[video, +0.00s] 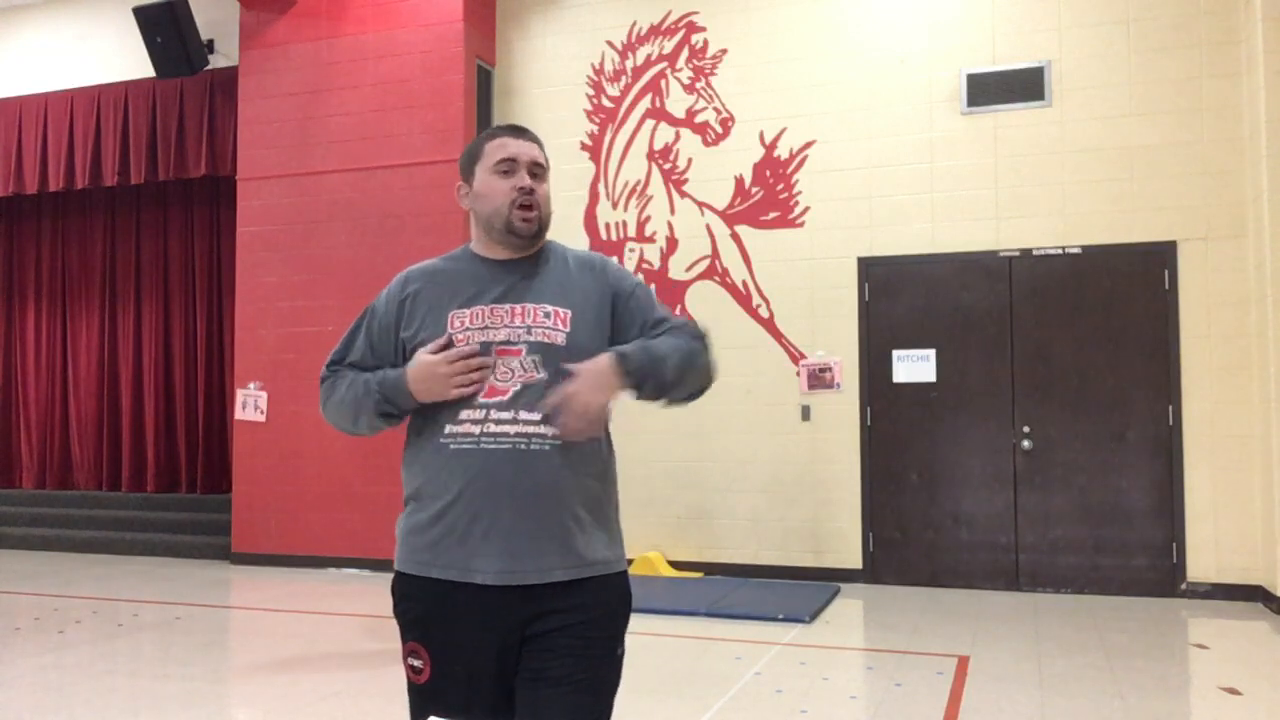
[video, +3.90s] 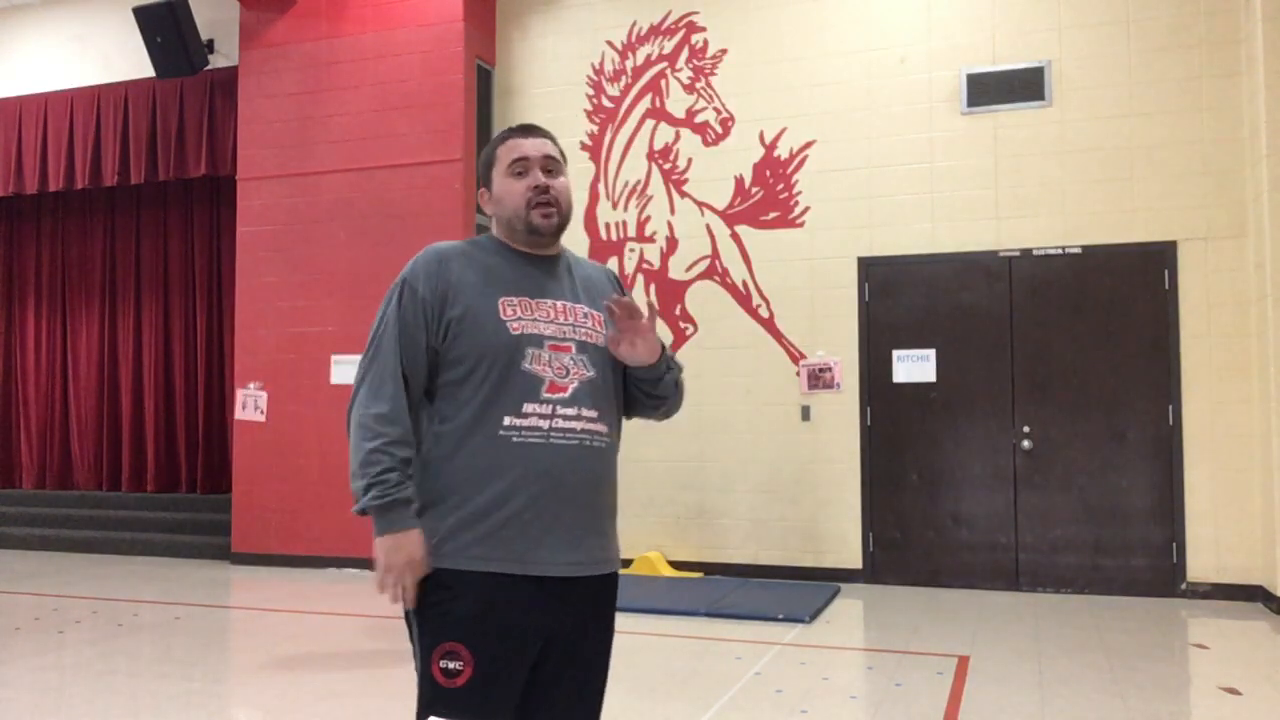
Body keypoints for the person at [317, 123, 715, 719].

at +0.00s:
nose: (527, 183)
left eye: (537, 172)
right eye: (506, 170)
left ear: (550, 192)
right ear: (466, 193)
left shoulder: (602, 283)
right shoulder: (416, 291)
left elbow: (692, 354)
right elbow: (339, 393)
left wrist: (619, 368)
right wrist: (406, 386)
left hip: (578, 580)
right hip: (447, 580)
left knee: (569, 711)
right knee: (454, 714)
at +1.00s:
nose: (545, 161)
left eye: (566, 149)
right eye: (529, 147)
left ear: (597, 177)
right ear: (507, 170)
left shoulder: (647, 271)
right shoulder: (451, 269)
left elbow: (719, 369)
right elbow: (372, 397)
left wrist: (683, 389)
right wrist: (419, 351)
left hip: (617, 590)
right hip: (478, 590)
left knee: (610, 710)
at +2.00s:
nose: (566, 149)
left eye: (584, 141)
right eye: (546, 132)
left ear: (601, 172)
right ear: (505, 154)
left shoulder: (643, 274)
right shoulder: (437, 261)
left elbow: (692, 387)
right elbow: (347, 392)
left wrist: (747, 388)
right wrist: (450, 363)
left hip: (638, 595)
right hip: (493, 596)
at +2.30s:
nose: (510, 139)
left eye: (525, 131)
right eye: (488, 124)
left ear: (540, 160)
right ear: (443, 152)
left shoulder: (579, 271)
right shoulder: (385, 259)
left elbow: (622, 404)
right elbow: (304, 392)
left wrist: (683, 455)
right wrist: (427, 387)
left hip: (583, 594)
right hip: (436, 594)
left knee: (593, 711)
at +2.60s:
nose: (476, 163)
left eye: (487, 152)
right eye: (456, 145)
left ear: (497, 170)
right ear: (401, 161)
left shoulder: (521, 279)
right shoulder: (339, 266)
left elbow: (556, 399)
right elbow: (257, 398)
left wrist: (612, 419)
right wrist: (389, 393)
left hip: (517, 597)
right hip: (377, 594)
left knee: (525, 710)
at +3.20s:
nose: (483, 164)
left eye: (488, 148)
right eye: (456, 157)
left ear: (505, 161)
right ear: (422, 189)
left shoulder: (542, 278)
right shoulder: (377, 268)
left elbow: (575, 372)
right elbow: (310, 396)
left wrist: (596, 391)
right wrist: (396, 479)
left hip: (533, 581)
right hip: (412, 579)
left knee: (528, 712)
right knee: (397, 710)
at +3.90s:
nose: (542, 181)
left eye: (552, 168)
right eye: (519, 171)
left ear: (571, 188)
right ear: (485, 199)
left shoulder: (603, 288)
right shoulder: (439, 273)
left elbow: (657, 402)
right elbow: (381, 403)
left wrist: (651, 365)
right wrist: (395, 523)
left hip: (583, 570)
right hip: (469, 567)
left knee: (569, 713)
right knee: (462, 711)